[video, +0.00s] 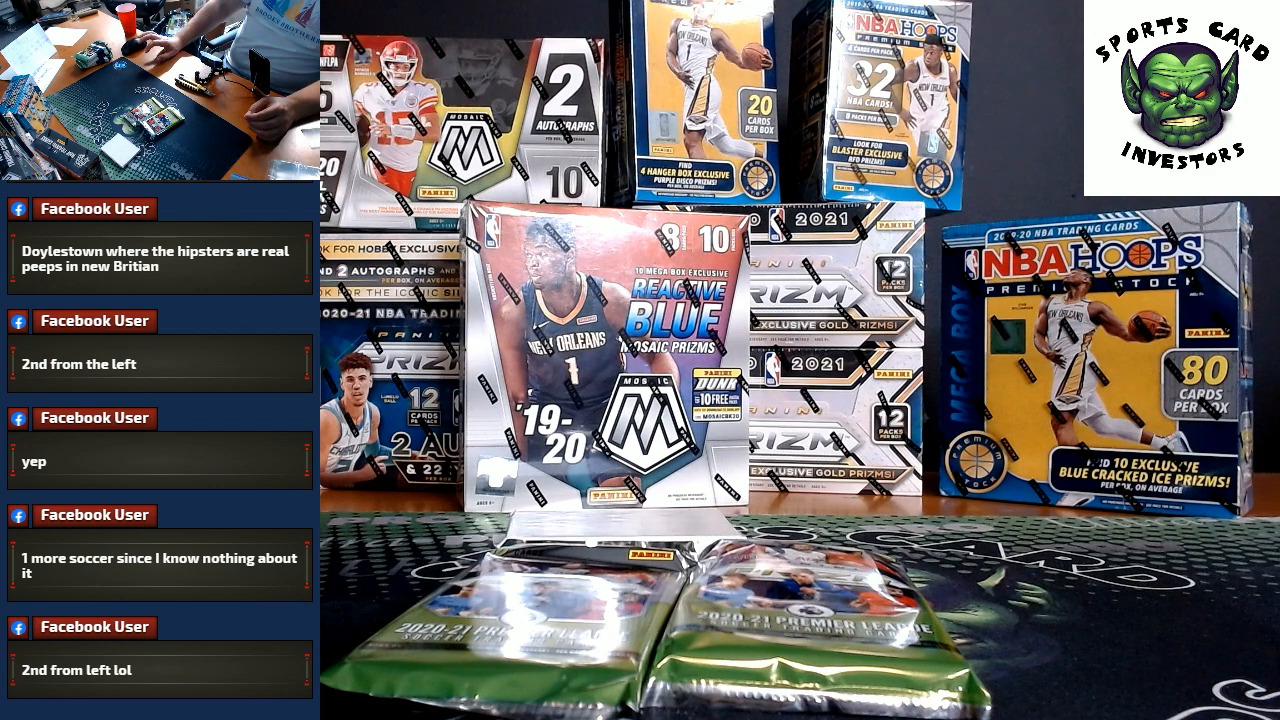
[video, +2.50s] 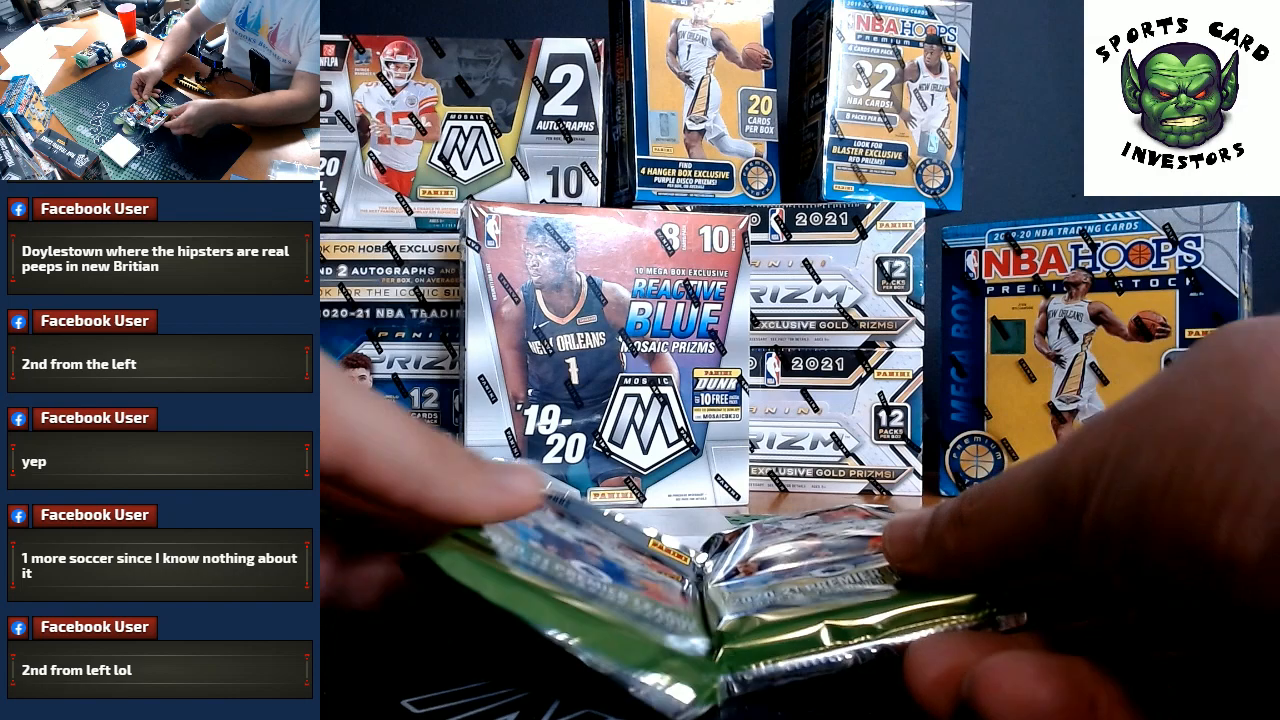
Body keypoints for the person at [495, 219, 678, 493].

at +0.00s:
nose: (532, 263)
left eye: (542, 254)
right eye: (529, 255)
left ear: (569, 255)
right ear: (525, 259)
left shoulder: (611, 299)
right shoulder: (513, 313)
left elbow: (658, 357)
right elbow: (518, 399)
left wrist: (663, 413)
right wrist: (524, 461)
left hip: (610, 421)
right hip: (549, 425)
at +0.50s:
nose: (532, 263)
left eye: (542, 254)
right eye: (529, 255)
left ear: (569, 256)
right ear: (524, 258)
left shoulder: (611, 299)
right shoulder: (513, 313)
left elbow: (658, 357)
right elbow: (518, 399)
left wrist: (662, 413)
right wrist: (524, 460)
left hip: (610, 423)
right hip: (549, 427)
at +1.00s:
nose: (532, 263)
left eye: (542, 254)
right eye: (529, 255)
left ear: (570, 255)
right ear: (525, 259)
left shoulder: (611, 299)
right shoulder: (513, 313)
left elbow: (658, 357)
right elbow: (518, 398)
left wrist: (662, 413)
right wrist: (524, 460)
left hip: (610, 422)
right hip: (549, 427)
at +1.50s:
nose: (533, 264)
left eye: (542, 254)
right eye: (529, 255)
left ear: (569, 255)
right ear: (525, 258)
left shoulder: (611, 299)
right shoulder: (514, 313)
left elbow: (658, 357)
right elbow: (517, 400)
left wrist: (664, 414)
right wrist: (522, 462)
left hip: (610, 424)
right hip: (549, 428)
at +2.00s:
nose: (533, 264)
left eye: (542, 255)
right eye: (530, 255)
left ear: (569, 257)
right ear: (525, 258)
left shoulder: (611, 299)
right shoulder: (514, 312)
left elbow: (657, 356)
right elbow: (517, 400)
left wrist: (666, 412)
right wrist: (521, 465)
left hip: (609, 423)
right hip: (549, 428)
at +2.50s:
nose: (533, 263)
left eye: (543, 254)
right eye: (529, 255)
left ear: (570, 256)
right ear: (525, 258)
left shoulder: (612, 299)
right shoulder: (513, 313)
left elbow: (658, 356)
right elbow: (518, 399)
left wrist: (664, 413)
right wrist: (524, 459)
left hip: (610, 426)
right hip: (549, 430)